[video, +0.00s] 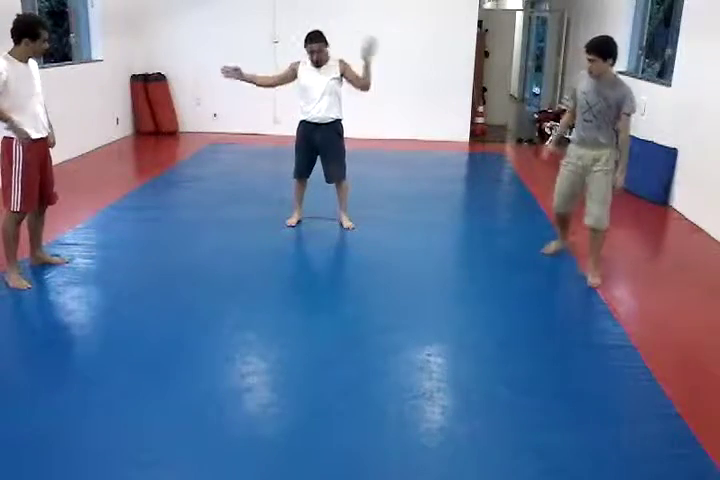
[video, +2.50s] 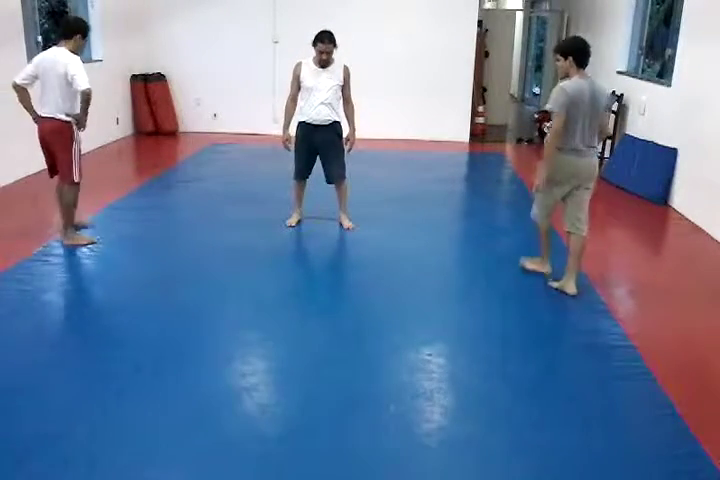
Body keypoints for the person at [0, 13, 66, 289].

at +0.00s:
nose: (47, 46)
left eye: (47, 41)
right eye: (44, 41)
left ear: (29, 42)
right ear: (26, 41)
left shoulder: (32, 64)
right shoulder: (5, 68)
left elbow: (37, 100)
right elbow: (0, 107)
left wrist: (48, 128)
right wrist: (17, 127)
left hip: (39, 140)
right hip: (16, 142)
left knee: (40, 202)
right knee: (17, 209)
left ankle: (37, 252)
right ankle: (11, 268)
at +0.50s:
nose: (45, 45)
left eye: (45, 39)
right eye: (41, 40)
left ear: (27, 41)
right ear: (24, 40)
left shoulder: (32, 63)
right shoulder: (4, 67)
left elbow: (39, 99)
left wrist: (49, 128)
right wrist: (16, 131)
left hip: (39, 140)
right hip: (14, 144)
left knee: (39, 202)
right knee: (16, 209)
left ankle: (37, 252)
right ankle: (11, 268)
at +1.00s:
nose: (46, 44)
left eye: (45, 38)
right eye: (42, 39)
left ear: (27, 41)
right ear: (25, 40)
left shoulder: (29, 65)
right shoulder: (5, 68)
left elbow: (33, 102)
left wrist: (42, 130)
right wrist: (17, 133)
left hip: (34, 142)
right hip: (12, 145)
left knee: (55, 197)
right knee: (14, 211)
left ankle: (42, 245)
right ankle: (11, 269)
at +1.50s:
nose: (51, 46)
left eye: (52, 41)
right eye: (51, 40)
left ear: (29, 37)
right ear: (42, 39)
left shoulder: (17, 61)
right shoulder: (26, 65)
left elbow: (9, 93)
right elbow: (30, 102)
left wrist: (35, 118)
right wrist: (49, 130)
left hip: (27, 136)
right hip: (36, 138)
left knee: (41, 198)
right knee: (59, 198)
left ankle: (42, 249)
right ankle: (36, 252)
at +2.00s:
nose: (69, 46)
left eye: (68, 41)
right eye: (68, 41)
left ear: (43, 38)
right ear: (64, 40)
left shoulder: (25, 63)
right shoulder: (63, 67)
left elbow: (4, 93)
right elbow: (83, 100)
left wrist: (23, 119)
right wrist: (79, 123)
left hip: (34, 134)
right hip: (60, 135)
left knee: (46, 190)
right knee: (71, 186)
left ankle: (44, 247)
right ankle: (70, 235)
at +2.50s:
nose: (83, 45)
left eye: (84, 41)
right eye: (83, 41)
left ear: (62, 36)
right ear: (76, 38)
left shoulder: (43, 56)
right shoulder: (71, 59)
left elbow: (19, 84)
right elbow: (86, 91)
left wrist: (33, 113)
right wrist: (82, 117)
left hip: (44, 124)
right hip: (63, 125)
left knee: (63, 177)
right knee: (72, 180)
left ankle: (68, 222)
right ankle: (69, 234)